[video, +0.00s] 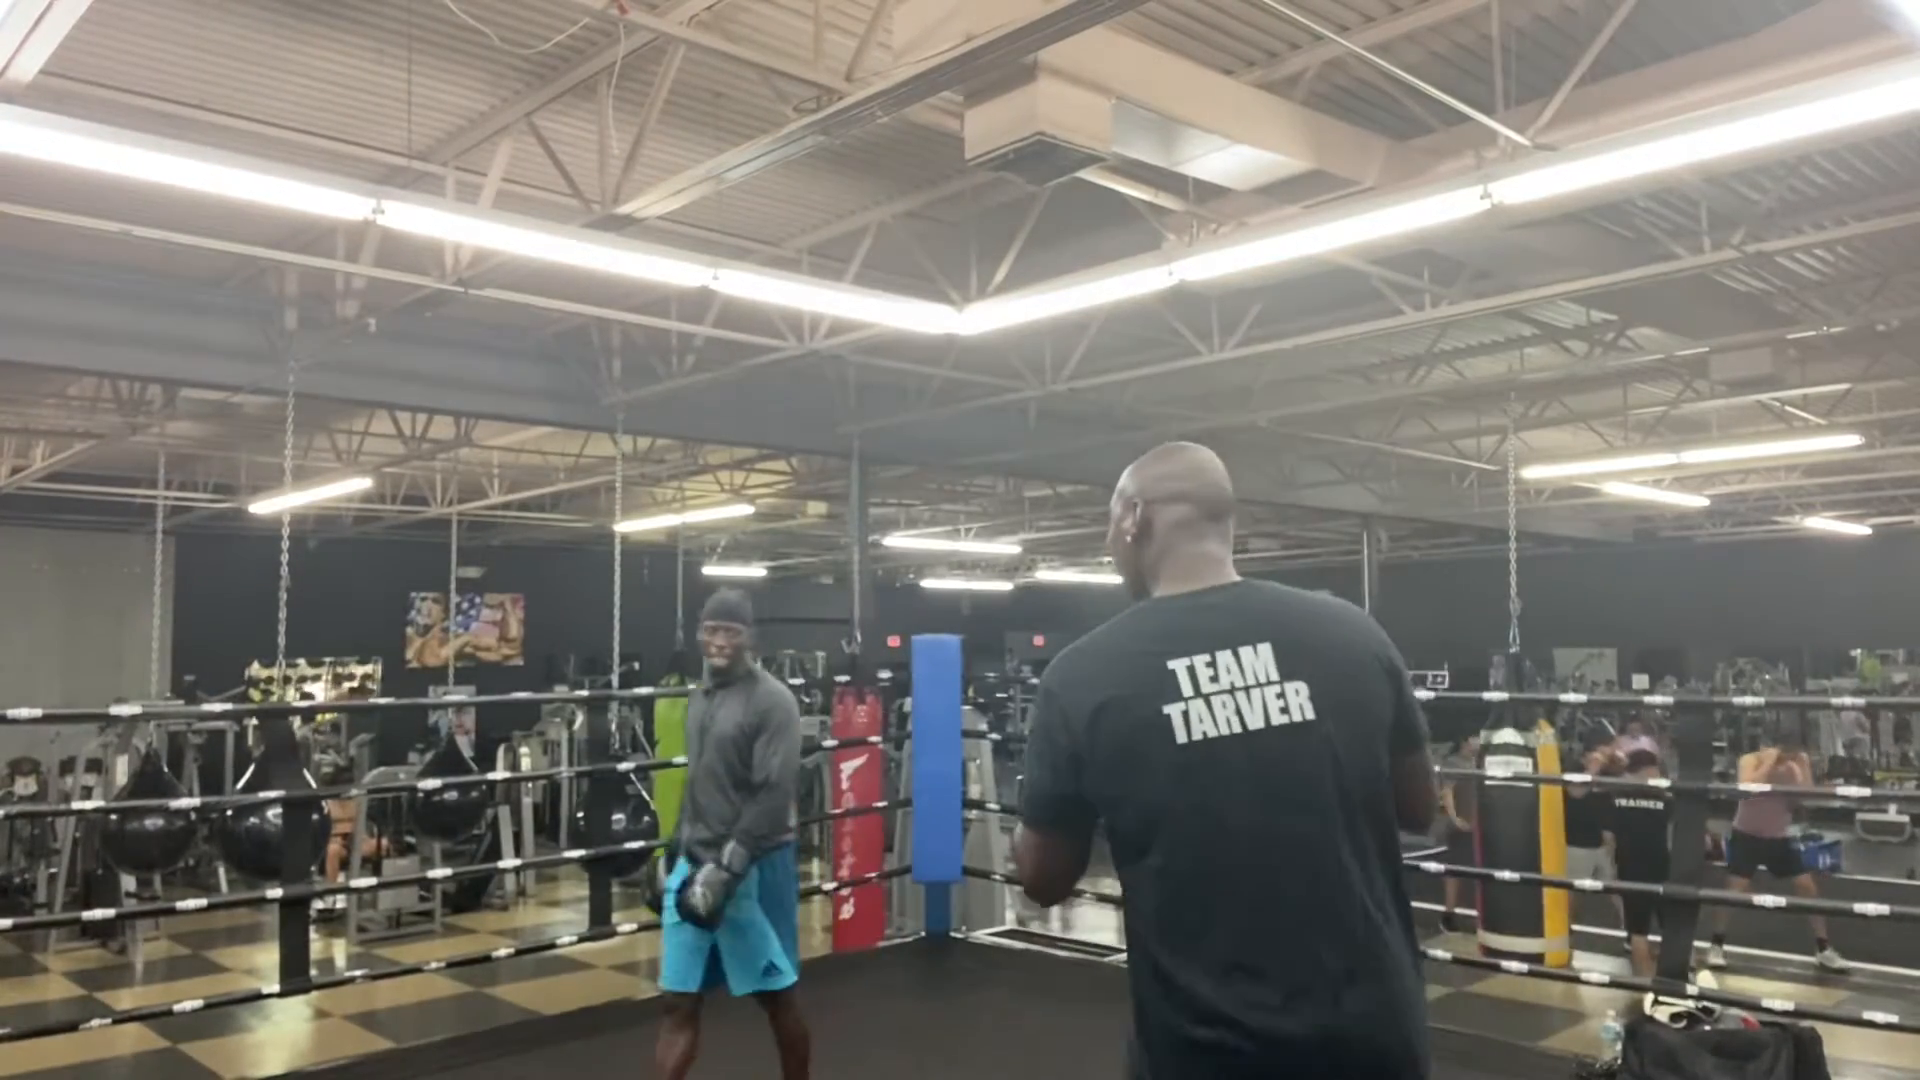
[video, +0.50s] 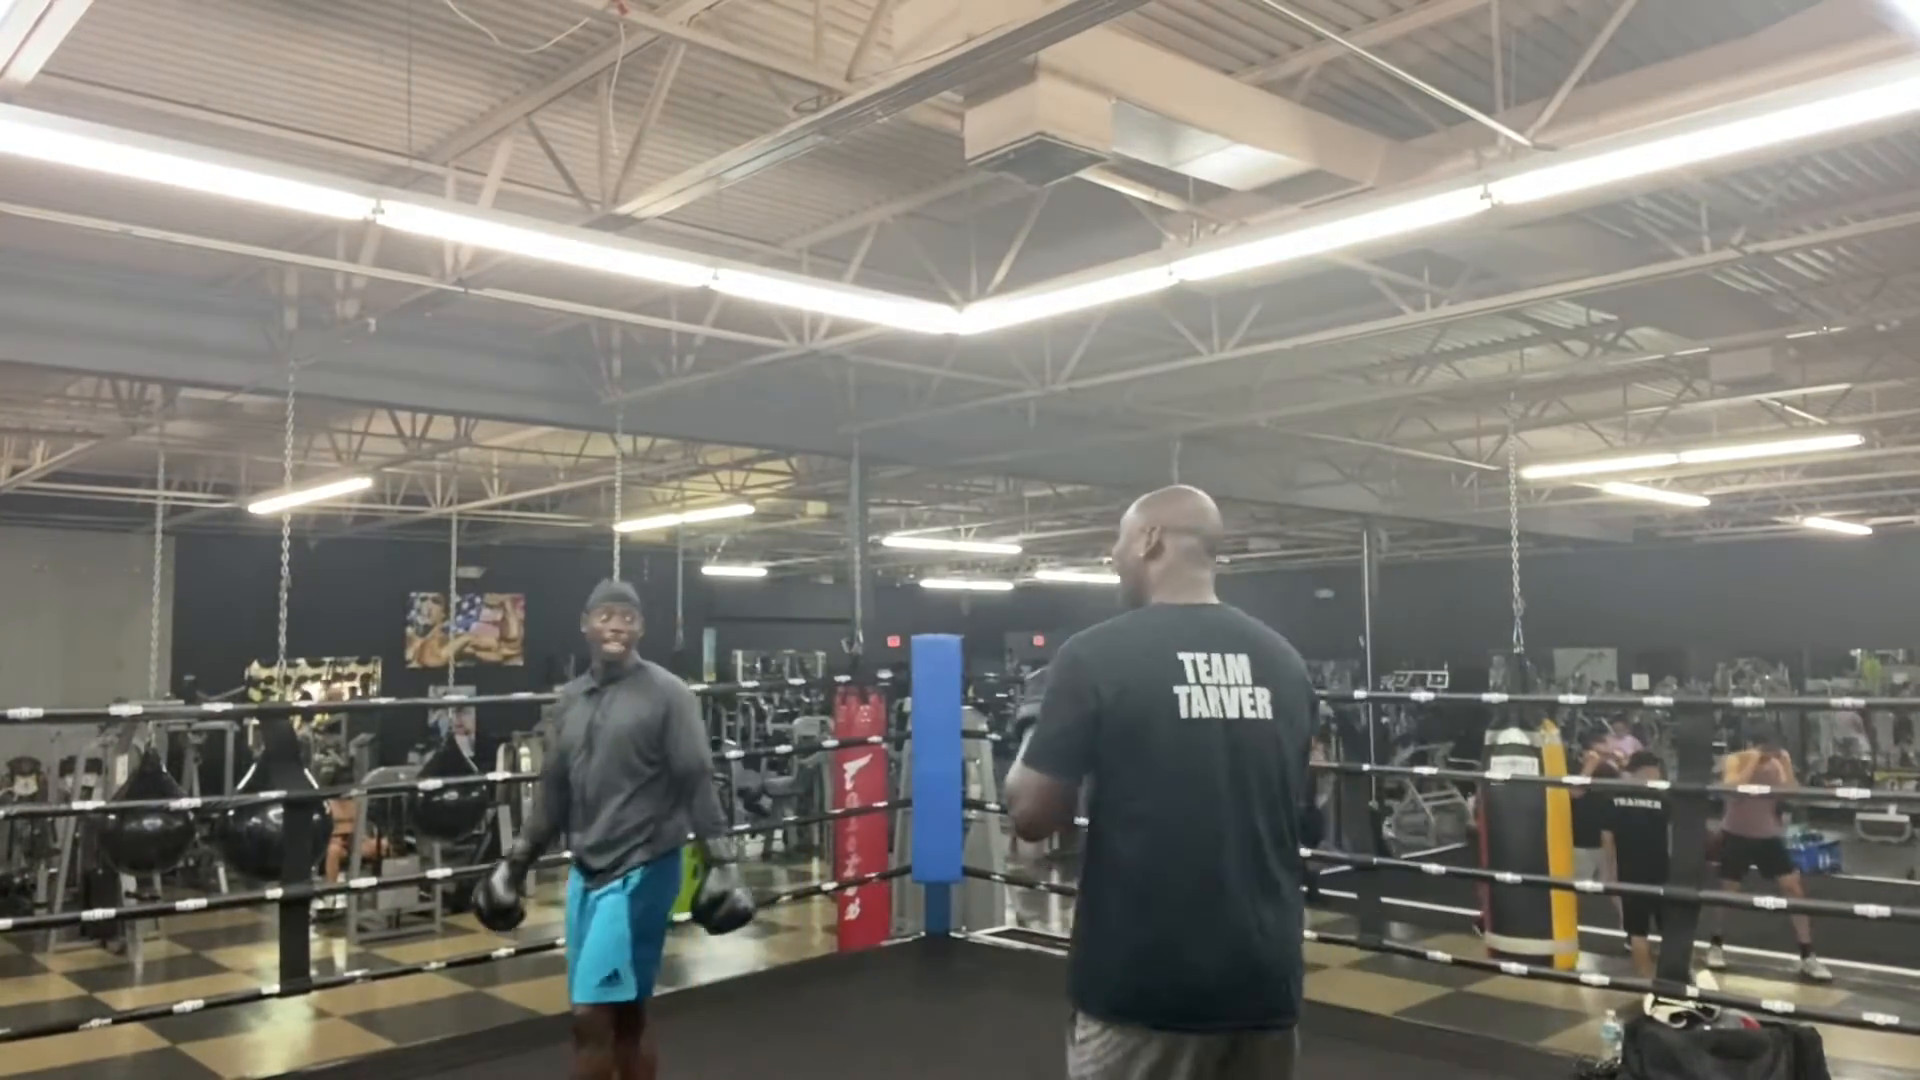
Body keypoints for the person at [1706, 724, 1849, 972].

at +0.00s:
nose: (1786, 749)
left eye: (1791, 745)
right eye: (1782, 744)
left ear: (1796, 743)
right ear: (1772, 741)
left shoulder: (1799, 761)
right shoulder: (1750, 760)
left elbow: (1806, 794)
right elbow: (1747, 788)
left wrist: (1795, 770)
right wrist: (1770, 762)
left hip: (1779, 839)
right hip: (1746, 837)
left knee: (1808, 888)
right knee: (1735, 891)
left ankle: (1823, 948)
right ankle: (1716, 944)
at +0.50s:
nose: (1766, 759)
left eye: (1770, 756)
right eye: (1762, 754)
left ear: (1776, 756)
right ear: (1751, 750)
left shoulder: (1775, 767)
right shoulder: (1735, 762)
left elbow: (1790, 792)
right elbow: (1730, 786)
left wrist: (1785, 767)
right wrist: (1750, 765)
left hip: (1769, 838)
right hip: (1736, 836)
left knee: (1794, 890)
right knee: (1728, 893)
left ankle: (1807, 955)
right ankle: (1716, 945)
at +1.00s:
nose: (1770, 762)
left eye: (1775, 757)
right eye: (1765, 756)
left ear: (1781, 755)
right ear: (1756, 752)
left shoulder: (1788, 769)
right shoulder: (1740, 768)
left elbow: (1800, 807)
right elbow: (1742, 804)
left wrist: (1786, 784)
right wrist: (1762, 778)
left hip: (1772, 843)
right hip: (1738, 842)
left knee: (1799, 893)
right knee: (1729, 896)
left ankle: (1807, 956)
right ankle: (1721, 947)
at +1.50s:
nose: (1763, 760)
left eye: (1767, 754)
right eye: (1757, 754)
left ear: (1774, 752)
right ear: (1748, 753)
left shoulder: (1786, 768)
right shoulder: (1738, 773)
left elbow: (1806, 806)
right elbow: (1735, 807)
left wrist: (1785, 782)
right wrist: (1757, 782)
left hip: (1782, 847)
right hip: (1744, 847)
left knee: (1819, 894)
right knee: (1733, 898)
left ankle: (1838, 957)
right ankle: (1721, 946)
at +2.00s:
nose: (1871, 783)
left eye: (1871, 779)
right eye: (1869, 779)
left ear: (1841, 769)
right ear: (1861, 775)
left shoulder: (1811, 783)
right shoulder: (1850, 785)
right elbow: (1883, 792)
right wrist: (1913, 788)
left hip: (1817, 862)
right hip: (1799, 863)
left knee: (1860, 902)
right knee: (1822, 927)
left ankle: (1872, 966)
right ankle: (1768, 947)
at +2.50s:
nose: (1855, 767)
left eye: (1860, 763)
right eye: (1853, 762)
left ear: (1863, 763)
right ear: (1842, 758)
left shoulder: (1859, 780)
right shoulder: (1816, 775)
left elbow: (1877, 808)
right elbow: (1828, 813)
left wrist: (1873, 776)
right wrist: (1849, 786)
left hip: (1839, 852)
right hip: (1804, 850)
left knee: (1866, 898)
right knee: (1789, 905)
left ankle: (1873, 967)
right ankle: (1780, 955)